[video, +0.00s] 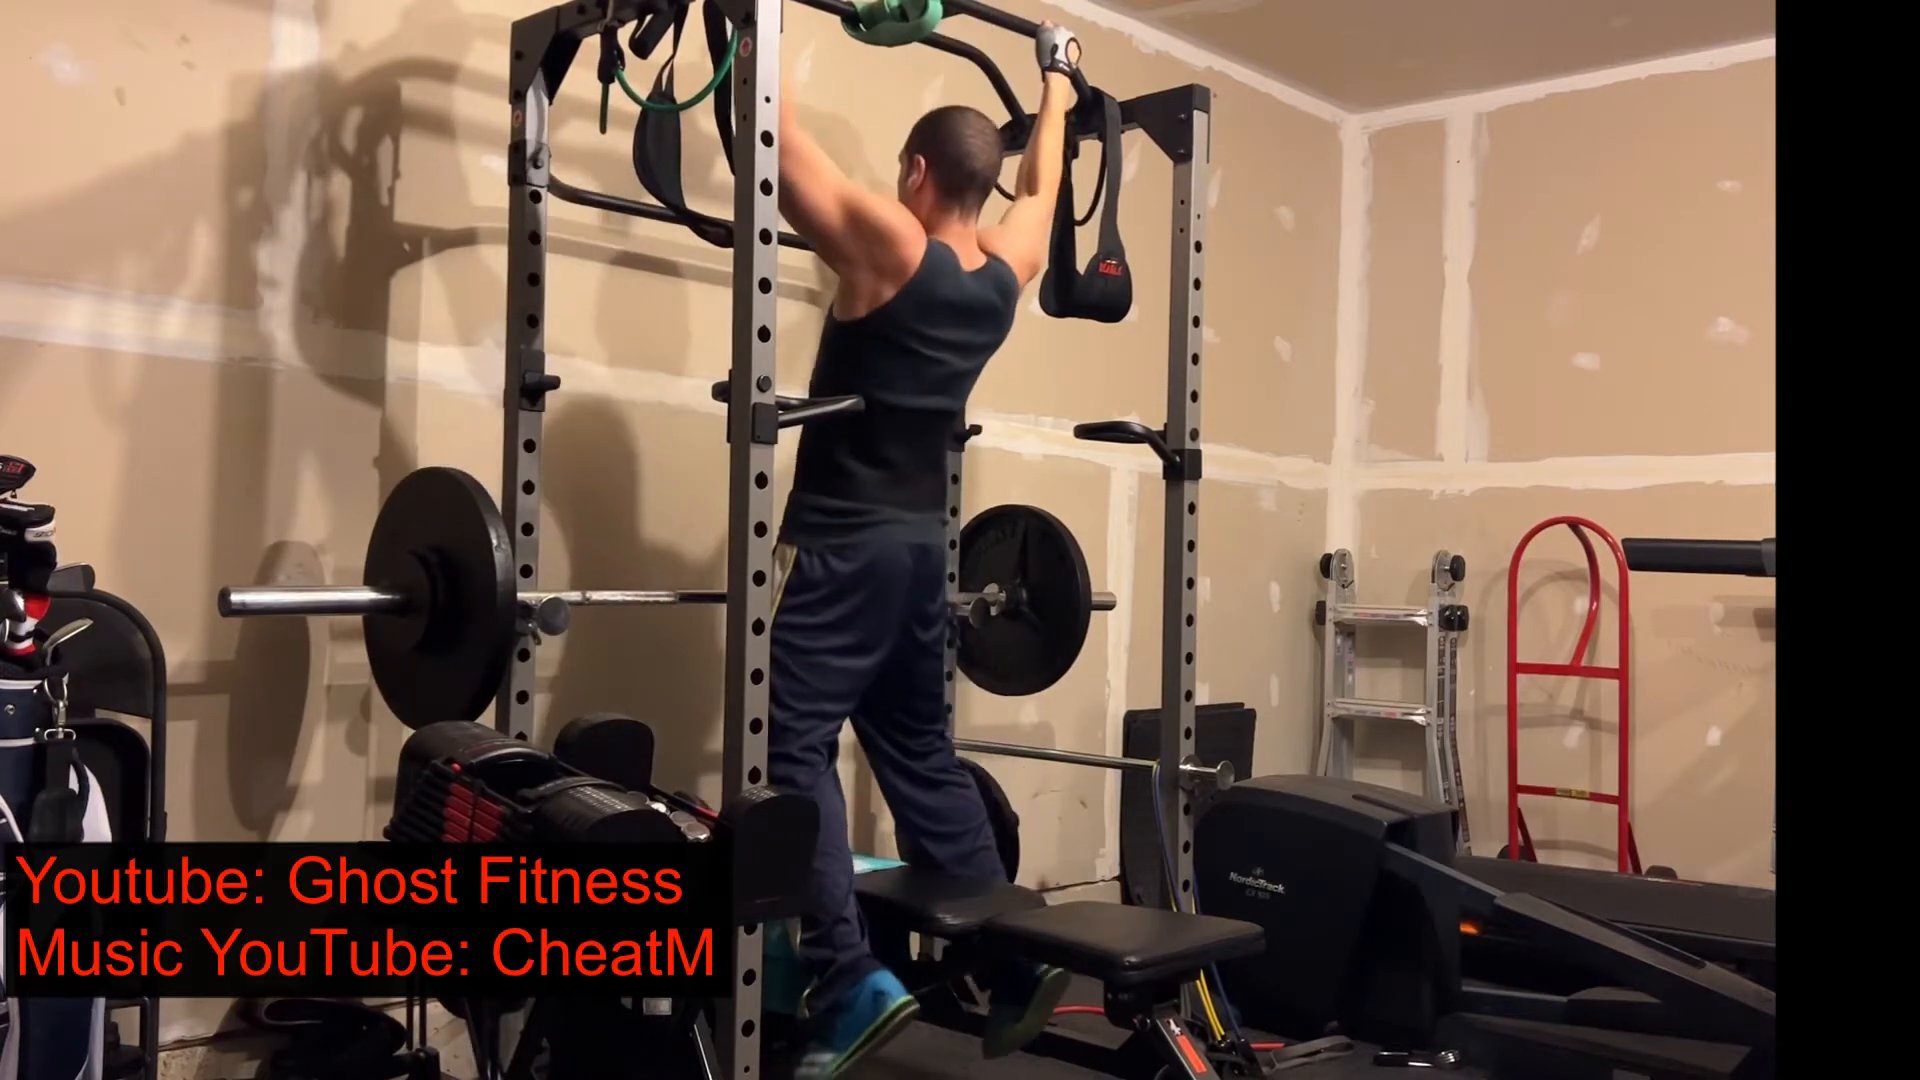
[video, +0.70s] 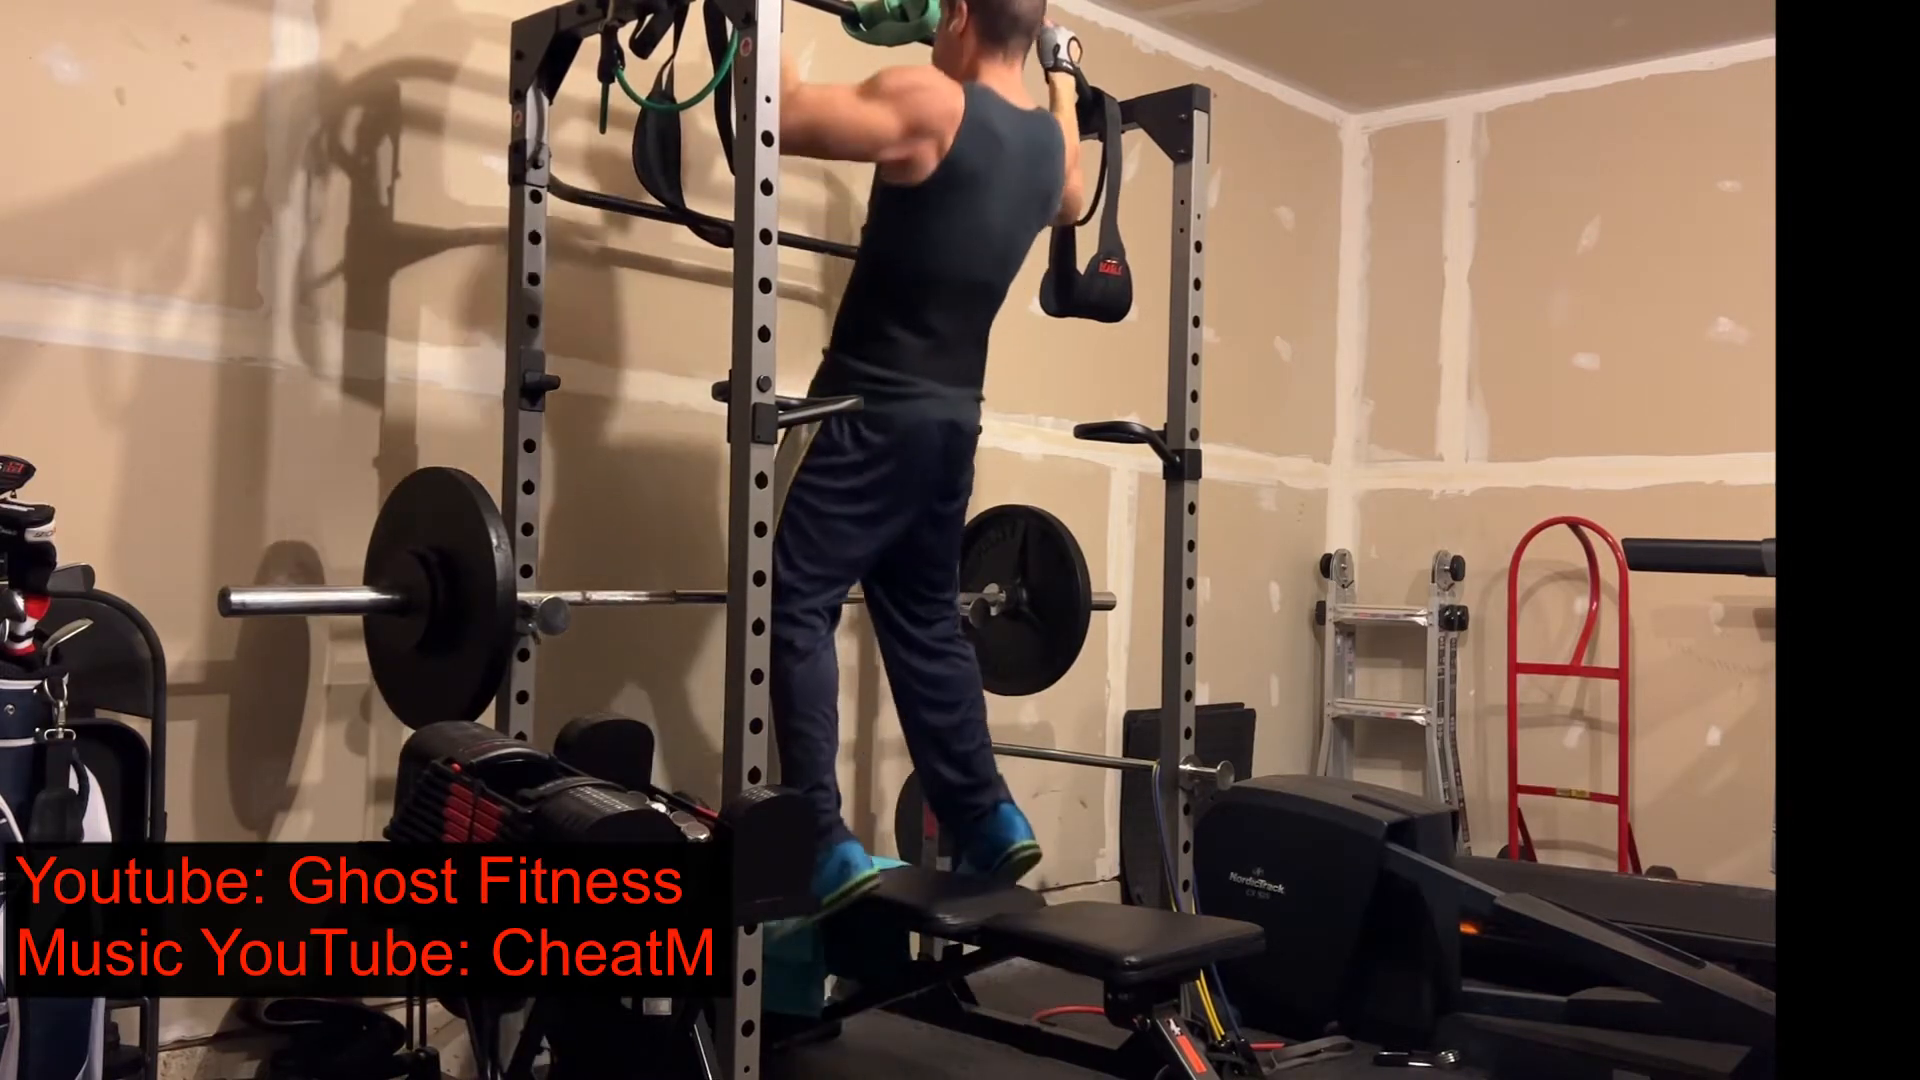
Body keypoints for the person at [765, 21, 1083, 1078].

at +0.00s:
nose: (894, 176)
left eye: (900, 163)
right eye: (905, 164)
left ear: (919, 170)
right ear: (989, 190)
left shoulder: (883, 242)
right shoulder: (1004, 275)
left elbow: (775, 133)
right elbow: (1040, 191)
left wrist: (759, 30)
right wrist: (1057, 103)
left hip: (847, 536)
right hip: (924, 539)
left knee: (796, 748)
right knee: (918, 752)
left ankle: (846, 971)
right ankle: (1005, 952)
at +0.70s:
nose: (938, 29)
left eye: (944, 16)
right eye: (944, 18)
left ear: (961, 19)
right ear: (1037, 38)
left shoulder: (924, 100)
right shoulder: (1049, 140)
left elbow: (781, 114)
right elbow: (1070, 203)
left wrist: (760, 21)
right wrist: (1055, 95)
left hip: (872, 413)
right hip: (950, 421)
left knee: (794, 603)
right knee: (924, 620)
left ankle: (818, 837)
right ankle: (985, 823)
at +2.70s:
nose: (903, 134)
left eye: (908, 122)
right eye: (909, 123)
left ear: (929, 127)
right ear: (997, 147)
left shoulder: (892, 196)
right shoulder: (1013, 238)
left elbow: (763, 135)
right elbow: (1047, 188)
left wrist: (743, 39)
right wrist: (1057, 106)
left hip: (846, 505)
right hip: (923, 510)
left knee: (785, 702)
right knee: (915, 714)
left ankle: (841, 925)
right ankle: (995, 910)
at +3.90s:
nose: (910, 55)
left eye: (919, 41)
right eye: (921, 42)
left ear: (936, 55)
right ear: (1003, 78)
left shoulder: (900, 135)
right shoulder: (1022, 176)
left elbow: (765, 124)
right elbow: (1055, 191)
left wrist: (744, 32)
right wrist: (1057, 94)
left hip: (860, 442)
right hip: (934, 448)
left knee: (793, 637)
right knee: (914, 639)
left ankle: (852, 858)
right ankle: (994, 828)